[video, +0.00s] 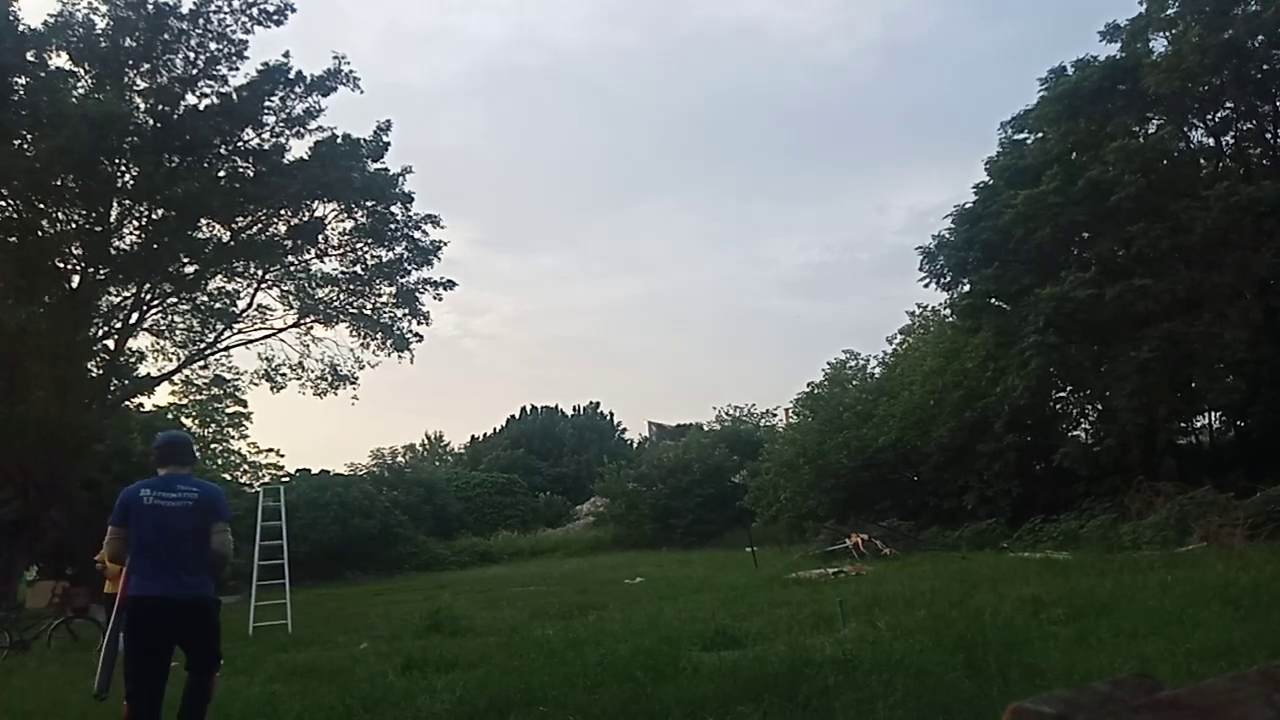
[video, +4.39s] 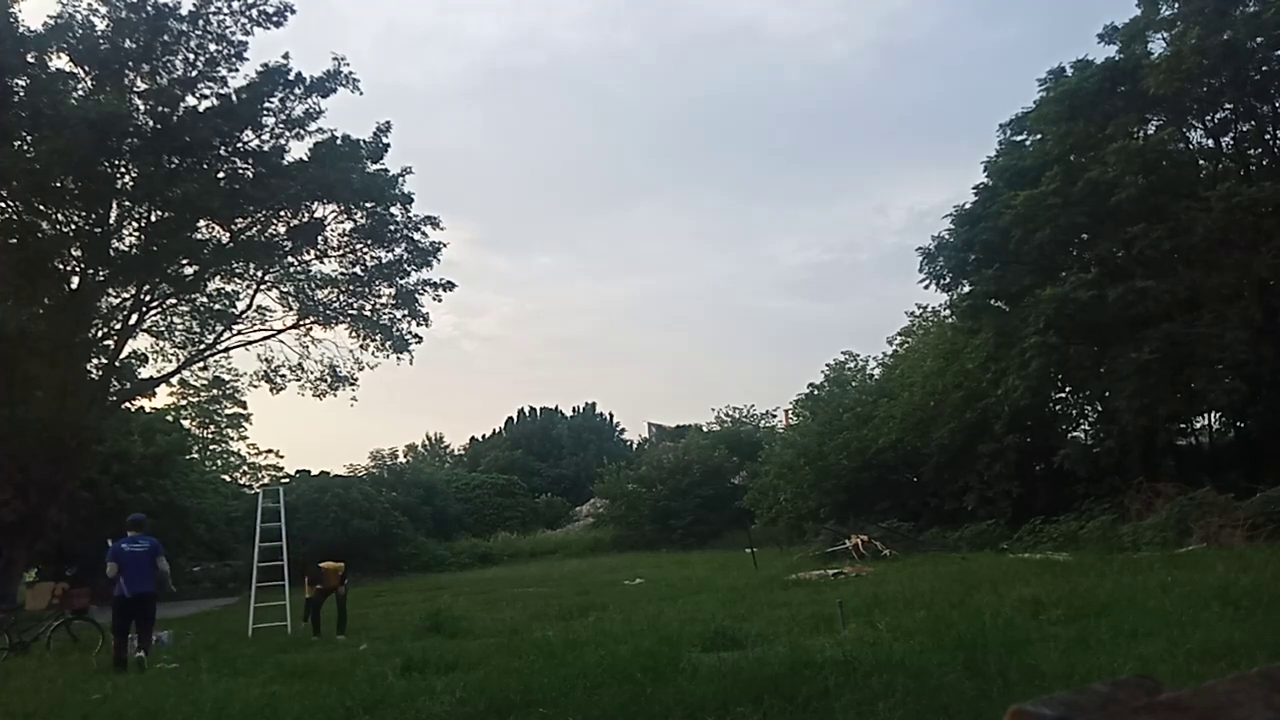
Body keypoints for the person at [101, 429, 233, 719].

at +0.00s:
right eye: (193, 458)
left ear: (156, 460)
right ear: (192, 460)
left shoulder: (132, 494)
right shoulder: (211, 493)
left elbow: (114, 552)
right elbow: (222, 549)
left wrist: (147, 561)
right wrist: (214, 579)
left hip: (145, 605)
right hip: (195, 605)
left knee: (143, 690)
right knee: (204, 669)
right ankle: (191, 714)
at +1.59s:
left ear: (185, 492)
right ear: (209, 494)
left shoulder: (167, 515)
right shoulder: (219, 520)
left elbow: (151, 553)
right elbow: (234, 555)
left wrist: (167, 554)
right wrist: (223, 562)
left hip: (172, 596)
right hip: (204, 597)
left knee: (164, 650)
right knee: (198, 650)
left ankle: (170, 686)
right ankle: (196, 700)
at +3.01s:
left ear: (165, 513)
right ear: (185, 514)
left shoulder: (153, 532)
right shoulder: (195, 534)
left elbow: (142, 563)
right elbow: (200, 560)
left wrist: (140, 585)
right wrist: (186, 566)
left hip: (156, 593)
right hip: (182, 594)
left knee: (149, 636)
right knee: (180, 637)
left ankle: (143, 676)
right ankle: (179, 679)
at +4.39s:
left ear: (128, 528)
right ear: (144, 528)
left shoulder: (117, 546)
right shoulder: (152, 543)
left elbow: (110, 572)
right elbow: (164, 567)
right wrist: (169, 585)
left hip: (124, 597)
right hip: (147, 595)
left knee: (120, 633)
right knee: (145, 628)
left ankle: (120, 668)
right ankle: (142, 651)